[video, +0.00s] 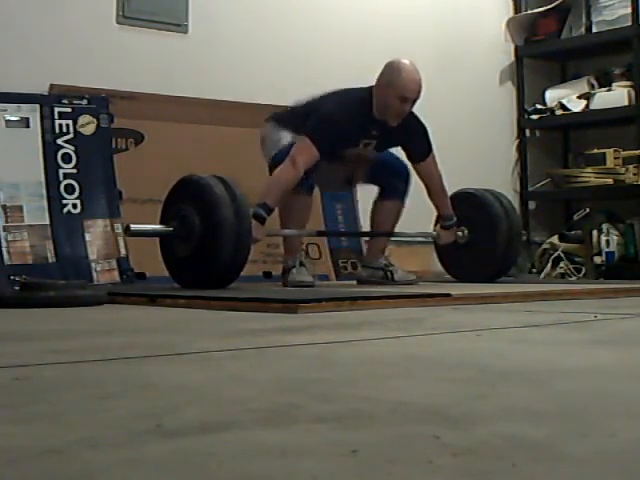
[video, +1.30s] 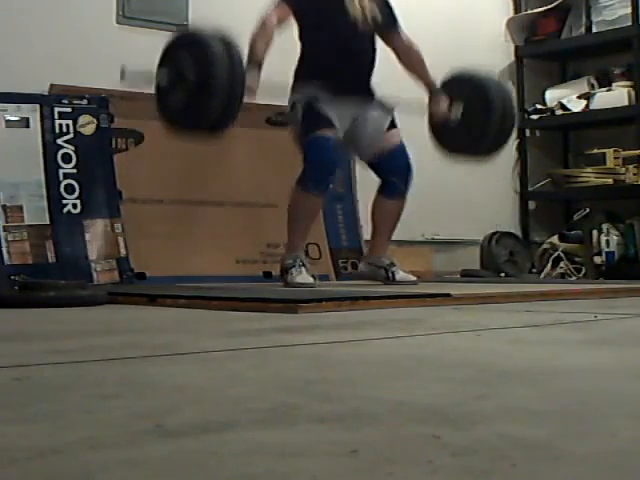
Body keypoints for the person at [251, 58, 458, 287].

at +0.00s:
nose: (405, 109)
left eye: (412, 103)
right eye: (401, 100)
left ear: (417, 100)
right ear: (380, 88)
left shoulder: (410, 127)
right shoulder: (342, 110)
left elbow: (432, 177)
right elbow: (295, 163)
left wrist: (448, 220)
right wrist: (259, 215)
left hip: (337, 151)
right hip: (286, 134)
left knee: (396, 174)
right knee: (298, 173)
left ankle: (374, 263)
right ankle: (293, 266)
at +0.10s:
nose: (404, 105)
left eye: (410, 98)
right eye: (399, 95)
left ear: (415, 97)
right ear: (377, 87)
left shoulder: (410, 128)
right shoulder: (340, 112)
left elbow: (433, 176)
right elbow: (293, 159)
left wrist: (450, 220)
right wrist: (261, 213)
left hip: (345, 180)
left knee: (403, 175)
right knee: (307, 171)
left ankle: (374, 263)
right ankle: (293, 266)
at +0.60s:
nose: (402, 66)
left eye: (404, 60)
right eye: (392, 58)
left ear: (405, 69)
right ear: (366, 68)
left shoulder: (401, 119)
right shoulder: (335, 103)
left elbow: (425, 166)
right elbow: (294, 153)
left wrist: (447, 211)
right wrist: (265, 206)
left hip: (355, 181)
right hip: (316, 177)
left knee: (409, 178)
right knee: (315, 171)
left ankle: (375, 262)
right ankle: (294, 264)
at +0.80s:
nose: (406, 43)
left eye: (409, 38)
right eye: (396, 36)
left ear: (412, 47)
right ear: (372, 44)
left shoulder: (402, 96)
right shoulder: (341, 78)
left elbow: (424, 141)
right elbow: (296, 127)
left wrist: (445, 188)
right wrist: (265, 176)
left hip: (350, 145)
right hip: (302, 138)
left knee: (396, 172)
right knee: (305, 157)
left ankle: (375, 262)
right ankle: (292, 263)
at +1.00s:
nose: (404, 7)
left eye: (406, 2)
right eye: (394, 1)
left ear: (408, 10)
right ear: (371, 6)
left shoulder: (399, 62)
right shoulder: (340, 44)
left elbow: (417, 106)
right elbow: (291, 89)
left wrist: (439, 154)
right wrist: (261, 134)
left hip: (341, 119)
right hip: (296, 112)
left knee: (380, 168)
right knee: (294, 159)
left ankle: (374, 262)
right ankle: (291, 263)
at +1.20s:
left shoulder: (392, 26)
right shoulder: (331, 10)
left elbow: (412, 73)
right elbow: (284, 50)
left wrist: (434, 121)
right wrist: (255, 97)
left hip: (348, 112)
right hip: (302, 104)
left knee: (392, 171)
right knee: (310, 162)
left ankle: (375, 262)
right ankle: (293, 264)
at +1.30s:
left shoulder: (375, 5)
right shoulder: (304, 3)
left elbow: (401, 44)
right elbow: (268, 23)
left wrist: (433, 89)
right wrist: (253, 71)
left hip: (361, 100)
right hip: (316, 95)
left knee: (398, 169)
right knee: (322, 162)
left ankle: (376, 259)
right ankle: (293, 260)